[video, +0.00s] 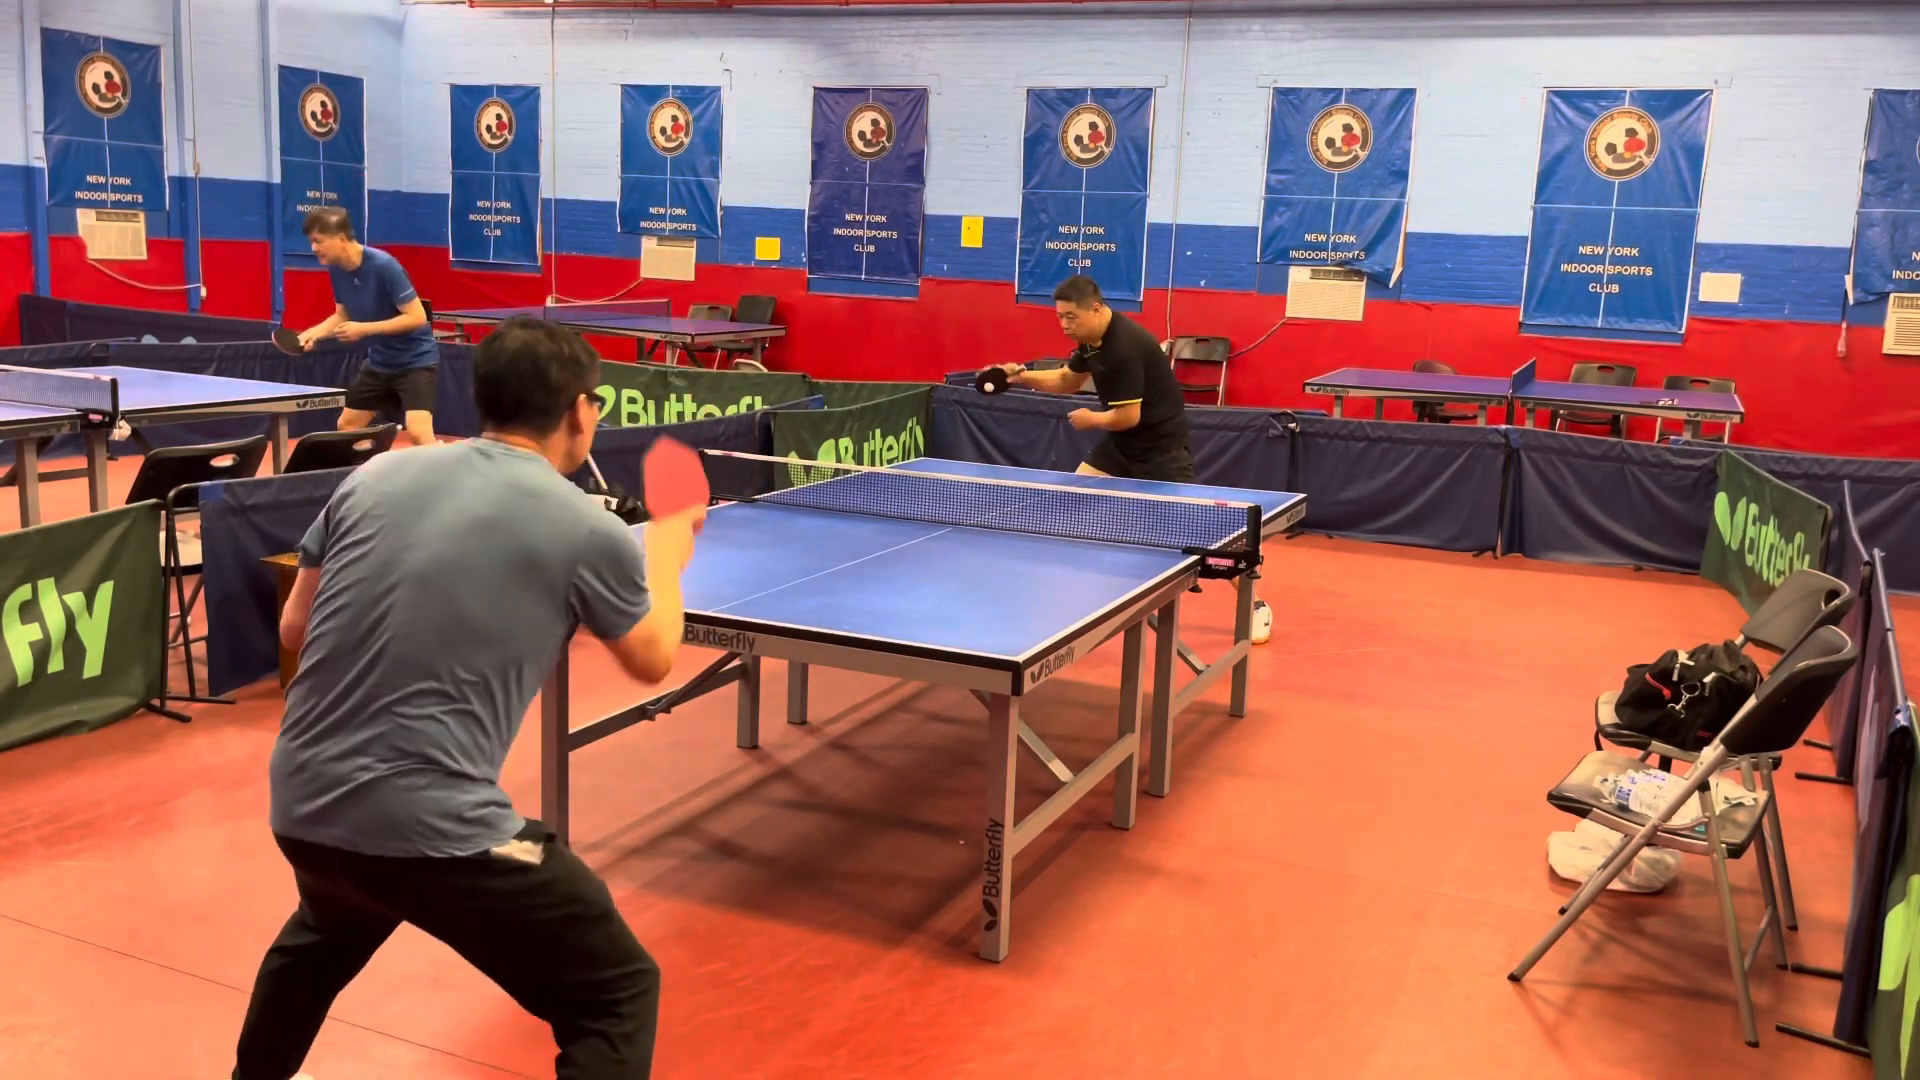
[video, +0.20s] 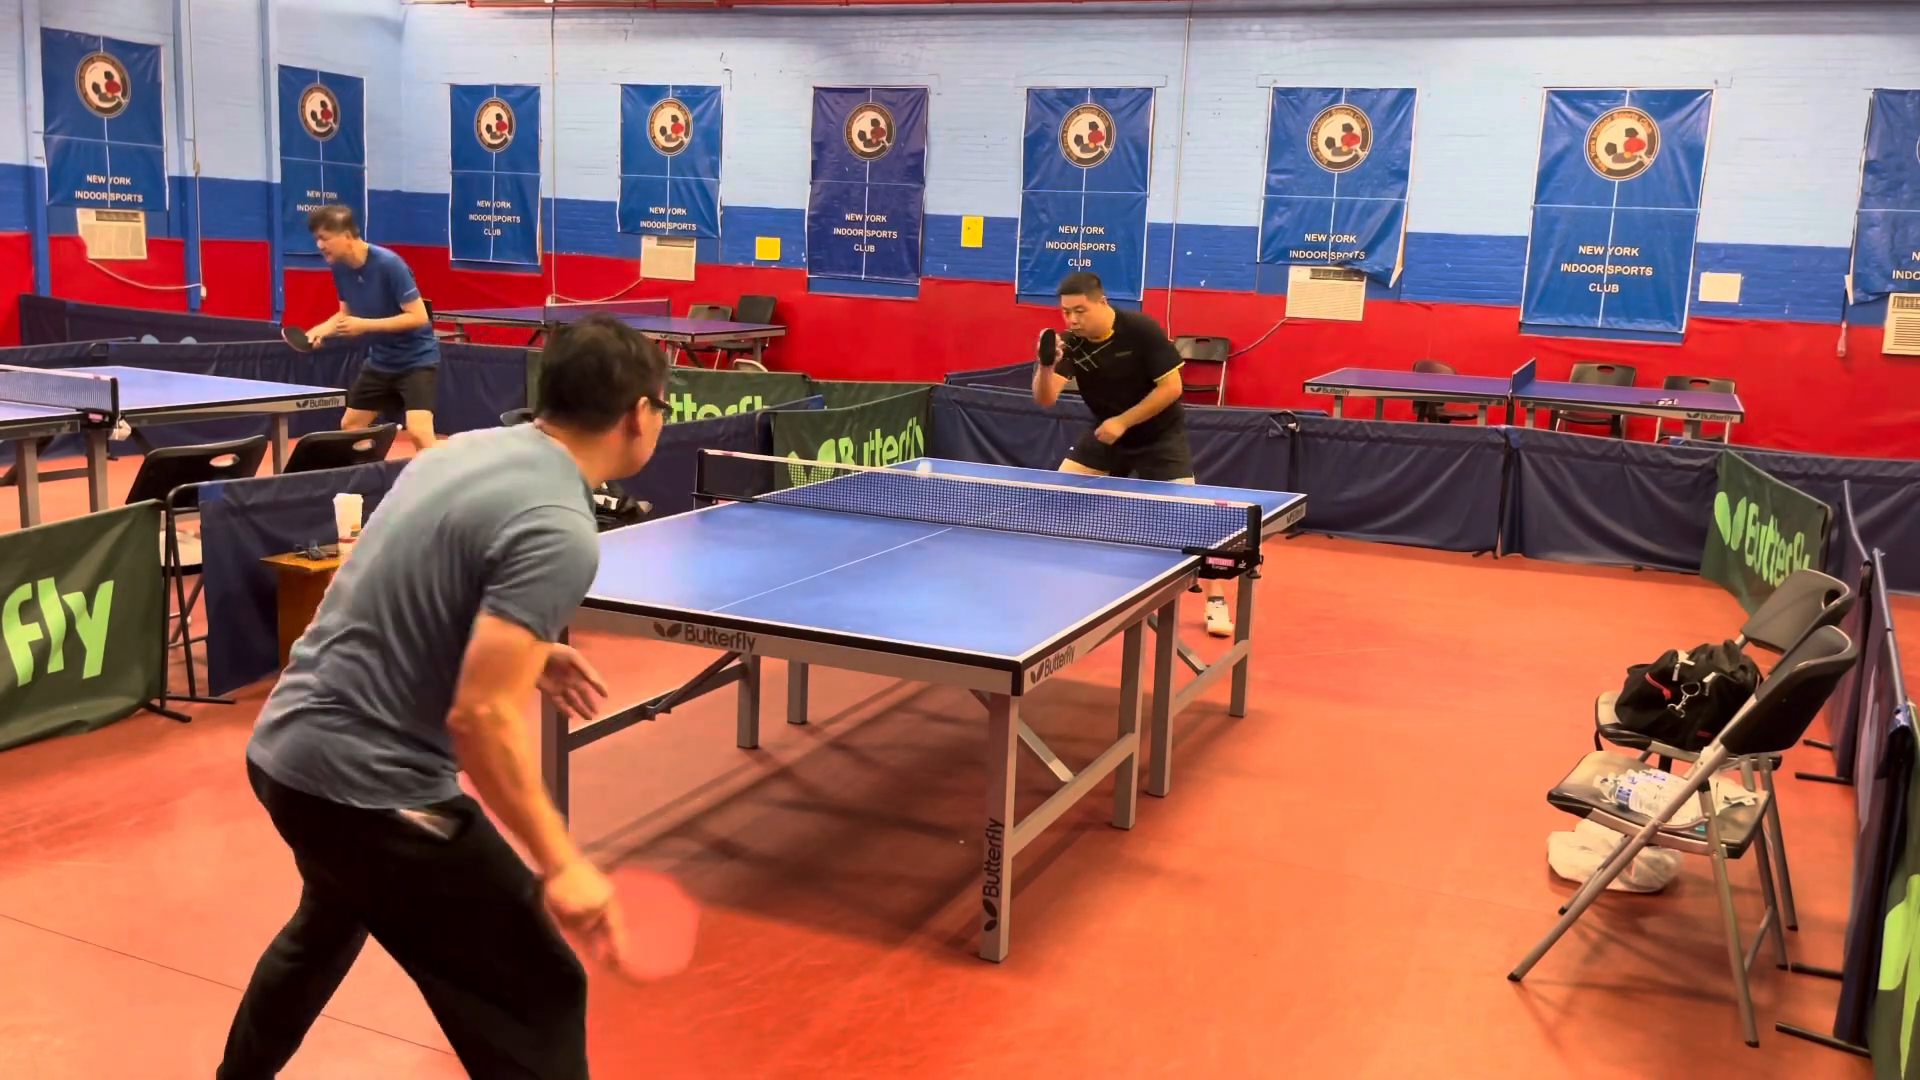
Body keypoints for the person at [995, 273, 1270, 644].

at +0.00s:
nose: (1064, 325)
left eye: (1071, 317)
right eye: (1061, 317)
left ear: (1097, 308)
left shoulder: (1124, 345)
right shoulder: (1092, 337)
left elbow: (1129, 415)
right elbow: (1068, 379)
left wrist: (1093, 419)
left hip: (1163, 448)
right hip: (1122, 441)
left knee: (1191, 527)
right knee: (1068, 500)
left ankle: (1253, 605)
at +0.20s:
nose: (1071, 321)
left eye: (1078, 311)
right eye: (1066, 313)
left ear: (1102, 303)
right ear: (1063, 310)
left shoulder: (1142, 330)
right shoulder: (1070, 344)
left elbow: (1172, 387)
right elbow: (1045, 399)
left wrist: (1123, 421)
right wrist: (1045, 364)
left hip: (1160, 436)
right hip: (1106, 434)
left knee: (1188, 515)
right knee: (1054, 497)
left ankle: (1214, 598)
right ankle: (1040, 585)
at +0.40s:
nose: (1094, 330)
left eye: (1103, 321)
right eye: (1088, 322)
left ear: (1123, 317)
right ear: (1081, 321)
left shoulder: (1155, 350)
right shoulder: (1077, 358)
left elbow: (1180, 405)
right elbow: (1061, 418)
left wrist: (1135, 437)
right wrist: (1062, 418)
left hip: (1155, 448)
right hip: (1094, 446)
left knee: (1192, 511)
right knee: (1043, 497)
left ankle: (1211, 599)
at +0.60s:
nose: (1069, 318)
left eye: (1077, 309)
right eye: (1064, 310)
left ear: (1101, 305)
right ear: (1059, 308)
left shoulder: (1130, 344)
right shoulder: (1070, 342)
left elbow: (1140, 411)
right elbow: (1072, 392)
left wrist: (1090, 422)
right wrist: (1049, 425)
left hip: (1146, 446)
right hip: (1095, 443)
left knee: (1176, 517)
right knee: (1049, 500)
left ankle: (1209, 599)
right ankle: (1036, 586)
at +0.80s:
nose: (1055, 323)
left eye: (1063, 314)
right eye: (1052, 314)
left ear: (1088, 306)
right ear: (1051, 311)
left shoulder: (1110, 344)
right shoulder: (1092, 333)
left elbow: (1106, 416)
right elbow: (1093, 374)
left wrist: (1069, 419)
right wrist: (1056, 388)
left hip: (1140, 450)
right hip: (1102, 443)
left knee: (1167, 523)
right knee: (1053, 500)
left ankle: (1224, 598)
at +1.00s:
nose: (1081, 321)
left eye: (1088, 312)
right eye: (1077, 312)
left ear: (1112, 304)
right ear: (1077, 309)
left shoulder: (1151, 334)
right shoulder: (1084, 339)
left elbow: (1166, 402)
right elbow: (1058, 396)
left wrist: (1113, 420)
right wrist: (1059, 370)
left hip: (1160, 445)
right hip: (1110, 444)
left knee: (1185, 519)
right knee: (1063, 498)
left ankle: (1218, 602)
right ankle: (1047, 587)